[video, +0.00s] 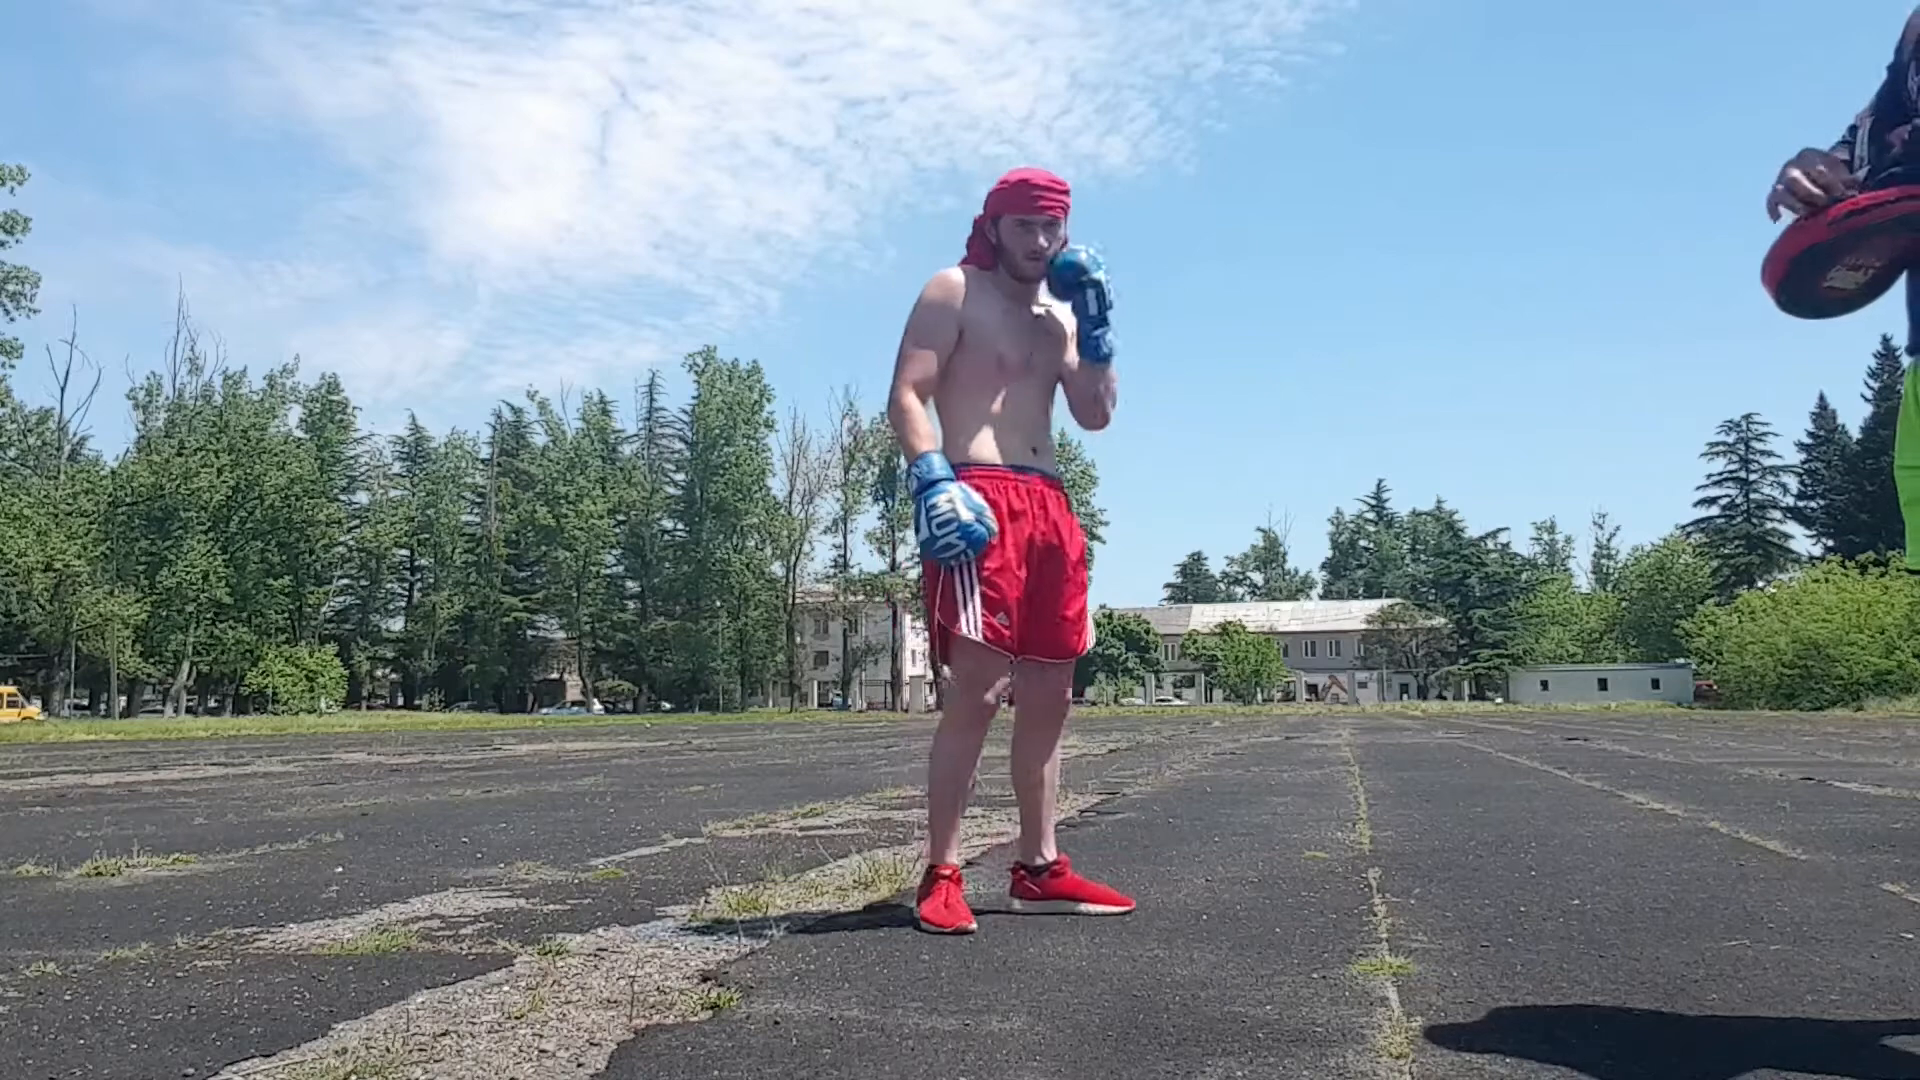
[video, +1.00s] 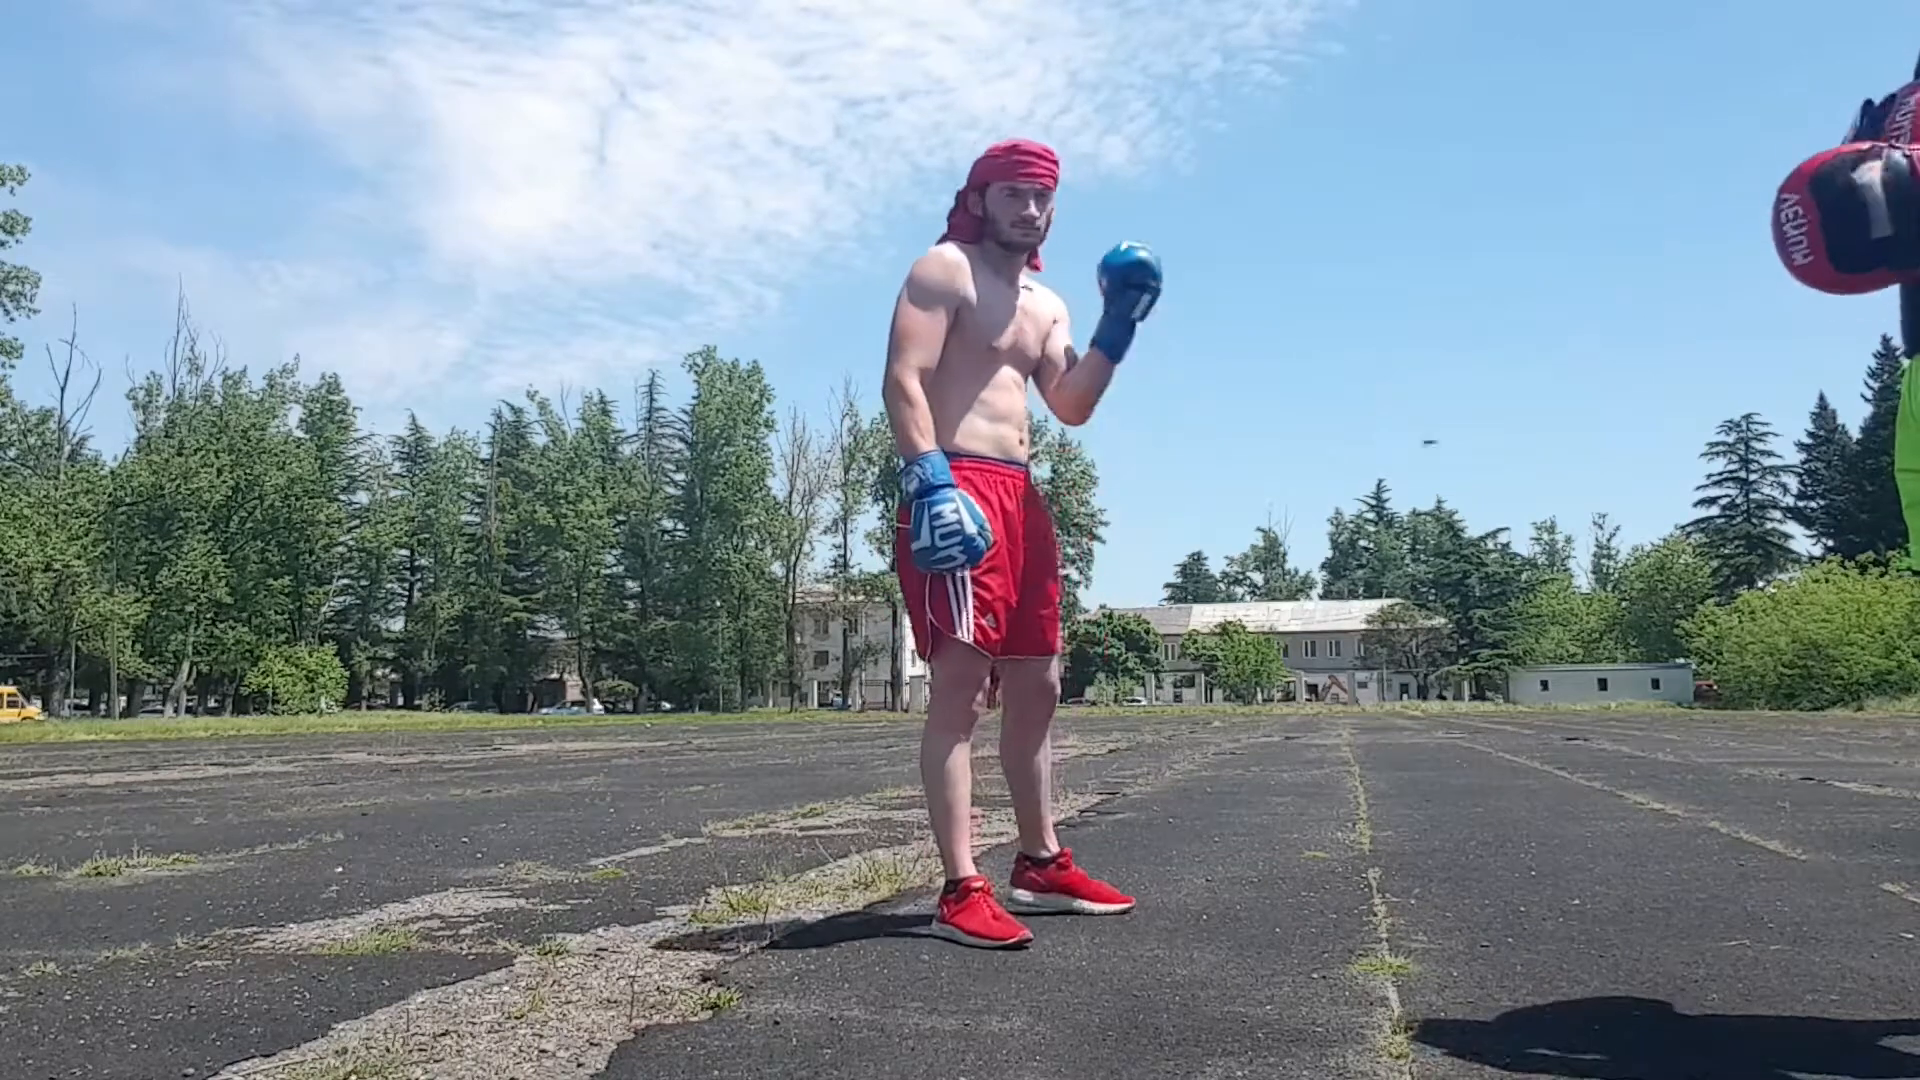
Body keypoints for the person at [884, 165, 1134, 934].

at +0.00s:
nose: (1043, 239)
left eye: (1053, 227)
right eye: (1028, 225)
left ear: (1064, 235)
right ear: (992, 228)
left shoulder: (1060, 316)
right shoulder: (954, 291)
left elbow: (1094, 414)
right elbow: (908, 395)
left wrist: (1095, 323)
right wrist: (932, 481)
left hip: (1048, 511)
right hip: (976, 505)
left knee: (1048, 692)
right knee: (977, 691)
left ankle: (1039, 865)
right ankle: (942, 871)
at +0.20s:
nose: (1062, 239)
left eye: (1074, 227)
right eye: (1047, 226)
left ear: (1089, 238)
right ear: (1016, 233)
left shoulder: (1095, 329)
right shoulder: (977, 294)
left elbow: (1115, 439)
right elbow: (932, 396)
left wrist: (1151, 367)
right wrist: (956, 482)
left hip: (1067, 509)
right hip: (993, 497)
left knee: (1056, 694)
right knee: (1004, 679)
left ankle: (1039, 864)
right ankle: (947, 858)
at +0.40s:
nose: (1064, 234)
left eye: (1077, 223)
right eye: (1049, 220)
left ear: (1095, 235)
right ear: (1022, 229)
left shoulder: (1104, 329)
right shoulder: (985, 292)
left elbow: (1123, 431)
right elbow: (938, 393)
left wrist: (1157, 487)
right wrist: (952, 483)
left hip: (1077, 509)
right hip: (1000, 497)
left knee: (1057, 699)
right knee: (1007, 681)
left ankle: (1039, 869)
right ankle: (957, 871)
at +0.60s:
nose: (1050, 221)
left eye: (1065, 211)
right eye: (1036, 209)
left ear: (1085, 228)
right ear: (1009, 221)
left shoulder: (1092, 321)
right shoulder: (977, 288)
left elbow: (1103, 425)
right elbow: (932, 393)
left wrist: (1119, 510)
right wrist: (948, 493)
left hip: (1068, 511)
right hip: (994, 502)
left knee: (1052, 704)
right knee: (991, 699)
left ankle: (1039, 868)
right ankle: (964, 887)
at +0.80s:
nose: (1036, 212)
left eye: (1051, 202)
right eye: (1020, 199)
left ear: (1066, 217)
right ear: (992, 210)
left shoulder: (1067, 312)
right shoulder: (959, 278)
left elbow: (1058, 430)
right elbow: (914, 387)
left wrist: (1112, 431)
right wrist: (939, 488)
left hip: (1047, 503)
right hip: (974, 496)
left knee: (1050, 697)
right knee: (967, 697)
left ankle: (1041, 866)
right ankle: (963, 886)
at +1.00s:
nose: (1030, 209)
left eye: (1041, 198)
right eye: (1013, 195)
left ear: (1051, 210)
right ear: (979, 202)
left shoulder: (1047, 303)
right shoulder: (944, 268)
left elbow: (1071, 404)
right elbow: (903, 378)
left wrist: (1117, 322)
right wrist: (932, 485)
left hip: (1022, 497)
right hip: (955, 492)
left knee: (1037, 687)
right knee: (958, 688)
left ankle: (1041, 859)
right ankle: (962, 885)